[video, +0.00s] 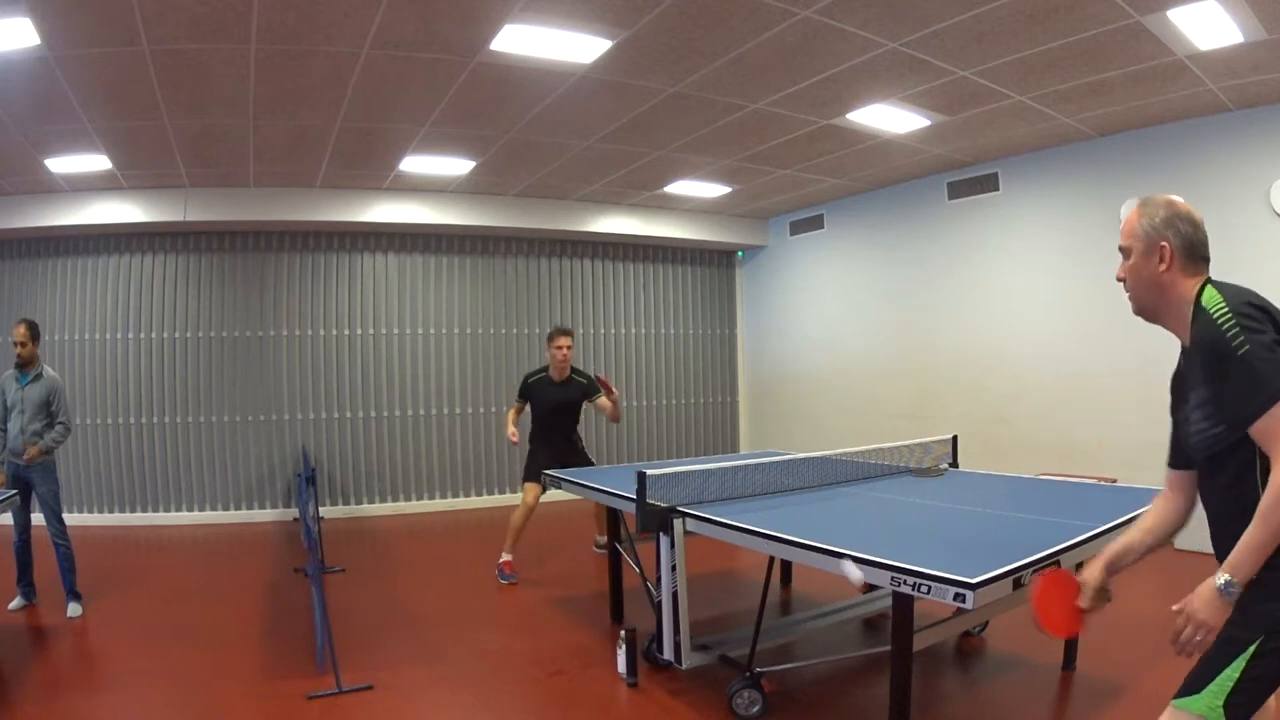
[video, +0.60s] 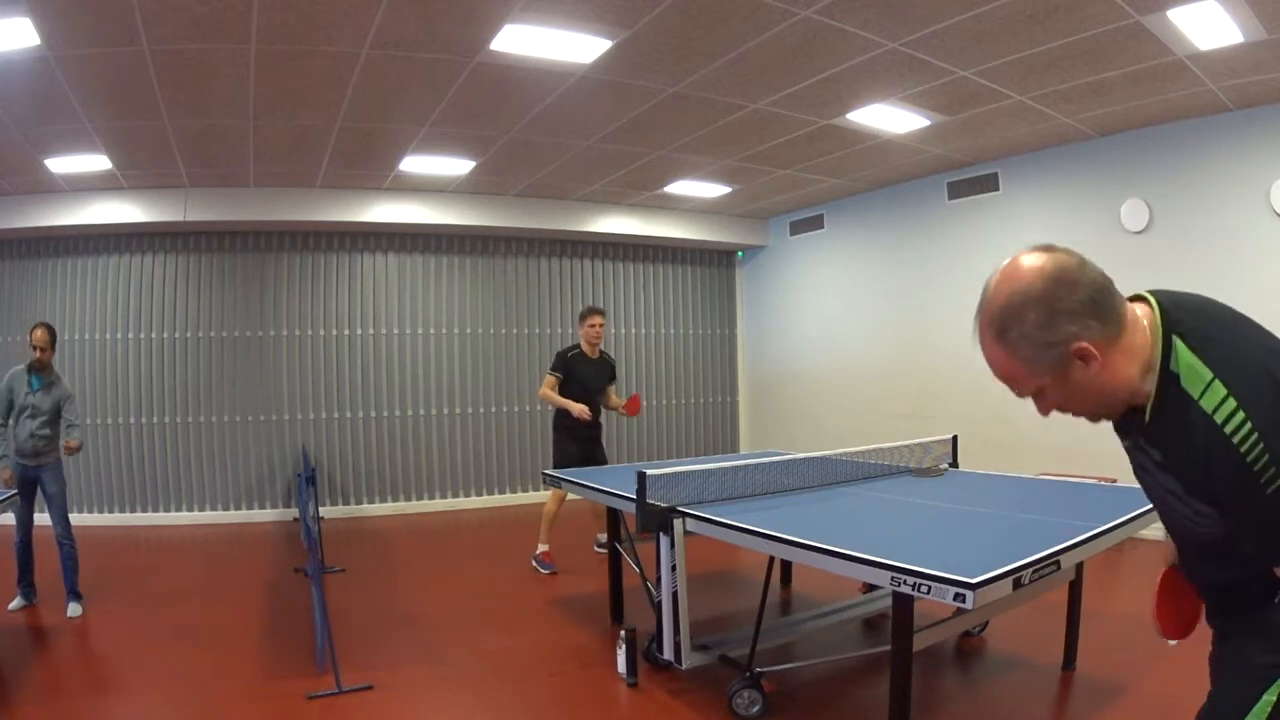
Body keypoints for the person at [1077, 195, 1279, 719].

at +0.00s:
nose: (1118, 273)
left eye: (1126, 255)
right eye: (1120, 257)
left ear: (1163, 257)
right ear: (1161, 260)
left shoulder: (1231, 329)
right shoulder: (1191, 359)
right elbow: (1177, 496)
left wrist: (1225, 586)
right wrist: (1106, 560)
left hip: (1275, 583)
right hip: (1259, 580)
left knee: (1188, 713)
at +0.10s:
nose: (1109, 263)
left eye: (1117, 243)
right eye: (1108, 245)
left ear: (1164, 242)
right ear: (1160, 244)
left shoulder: (1239, 324)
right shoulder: (1173, 342)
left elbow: (1279, 477)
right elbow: (1133, 468)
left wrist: (1221, 612)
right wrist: (1040, 510)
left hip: (1275, 586)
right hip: (1249, 582)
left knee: (1206, 710)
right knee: (1261, 704)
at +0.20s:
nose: (1106, 303)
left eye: (1117, 278)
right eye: (1096, 283)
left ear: (1170, 256)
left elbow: (1268, 546)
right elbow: (1116, 425)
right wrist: (1028, 463)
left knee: (1255, 708)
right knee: (1224, 703)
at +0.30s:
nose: (1103, 379)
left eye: (1115, 351)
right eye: (1085, 358)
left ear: (1165, 311)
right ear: (1070, 338)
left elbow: (1279, 612)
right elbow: (1119, 396)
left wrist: (1273, 703)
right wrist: (1054, 447)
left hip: (1260, 635)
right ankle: (1233, 690)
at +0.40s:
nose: (1087, 431)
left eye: (1098, 403)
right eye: (1065, 408)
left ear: (1150, 348)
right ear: (1047, 380)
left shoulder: (1257, 441)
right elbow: (1138, 417)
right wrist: (1097, 473)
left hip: (1264, 633)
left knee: (1221, 708)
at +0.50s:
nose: (1057, 439)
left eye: (1063, 418)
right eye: (1043, 423)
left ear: (1114, 368)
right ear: (1111, 365)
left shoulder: (1254, 457)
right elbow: (1148, 444)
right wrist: (1142, 519)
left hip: (1266, 621)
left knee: (1225, 707)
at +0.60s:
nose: (1043, 409)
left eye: (1039, 392)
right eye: (1032, 396)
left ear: (1086, 357)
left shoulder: (1248, 436)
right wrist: (1191, 555)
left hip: (1267, 612)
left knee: (1228, 706)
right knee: (1233, 697)